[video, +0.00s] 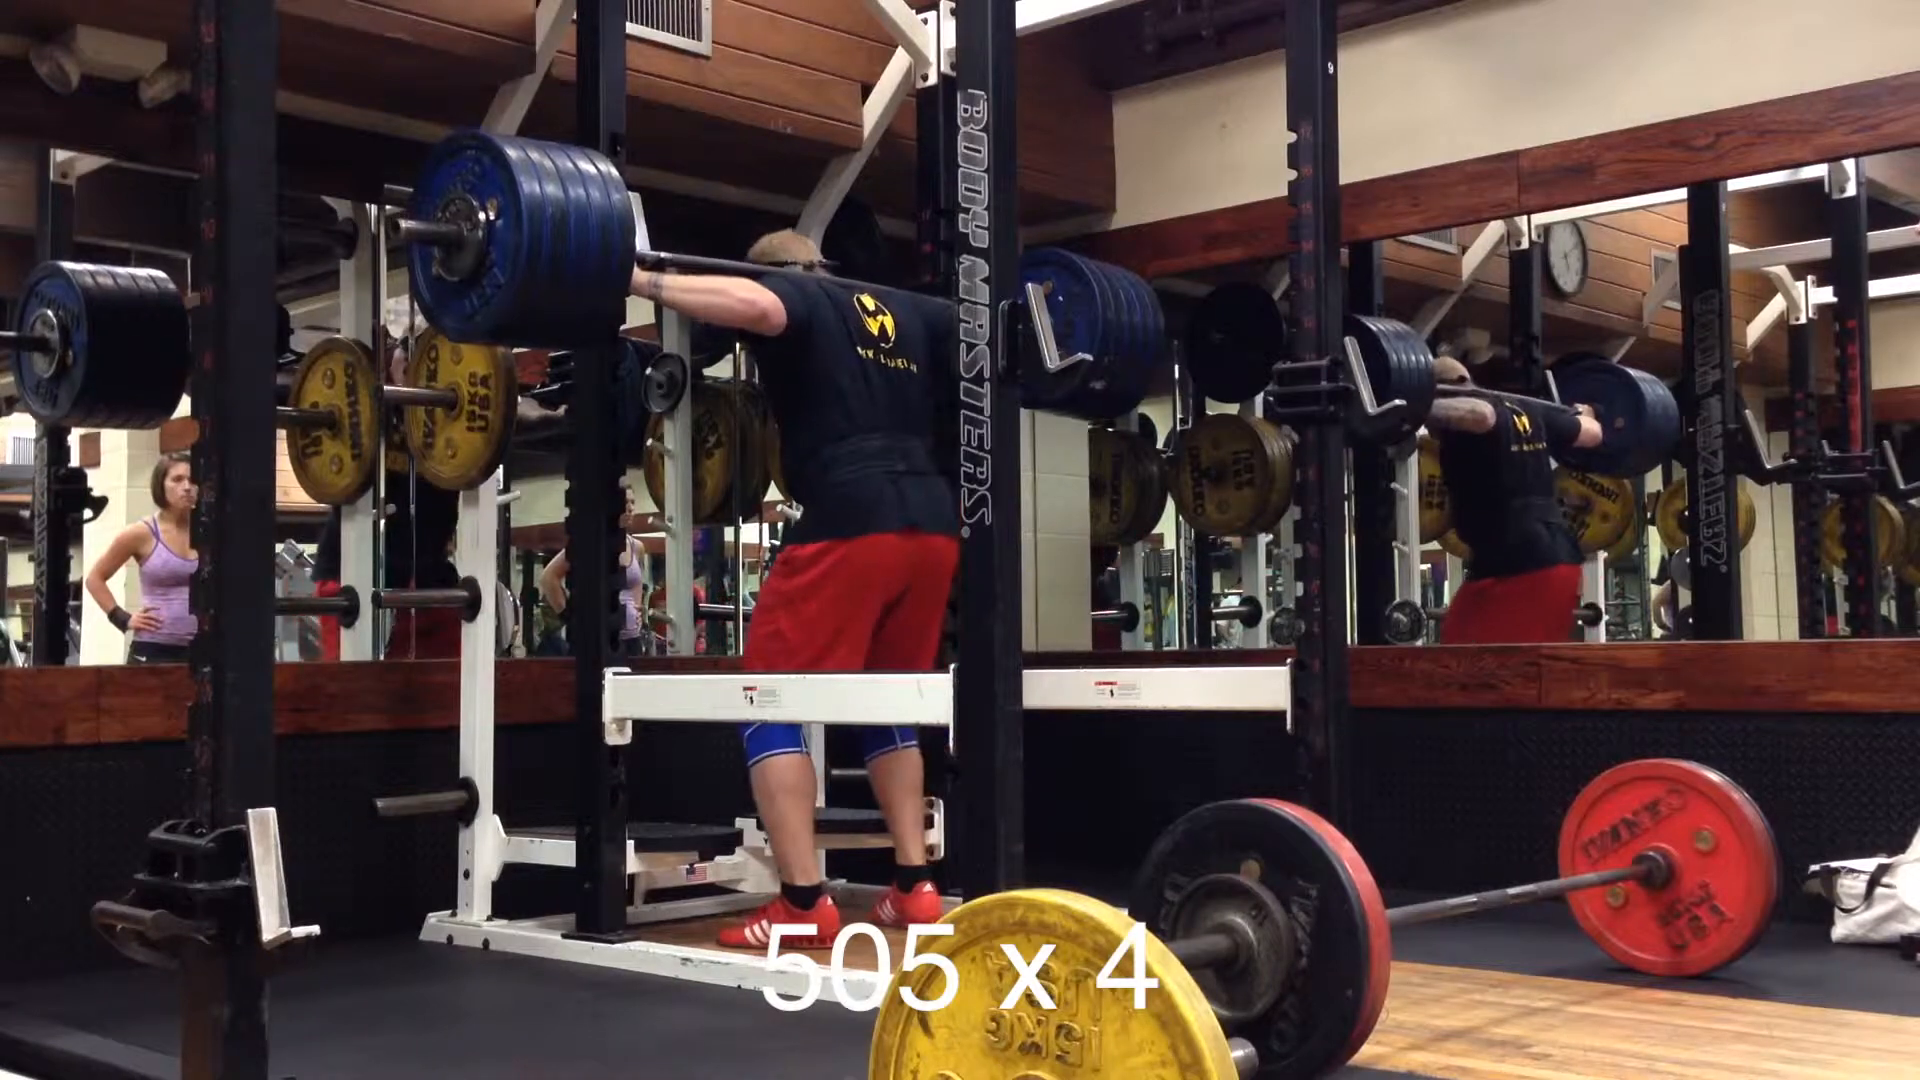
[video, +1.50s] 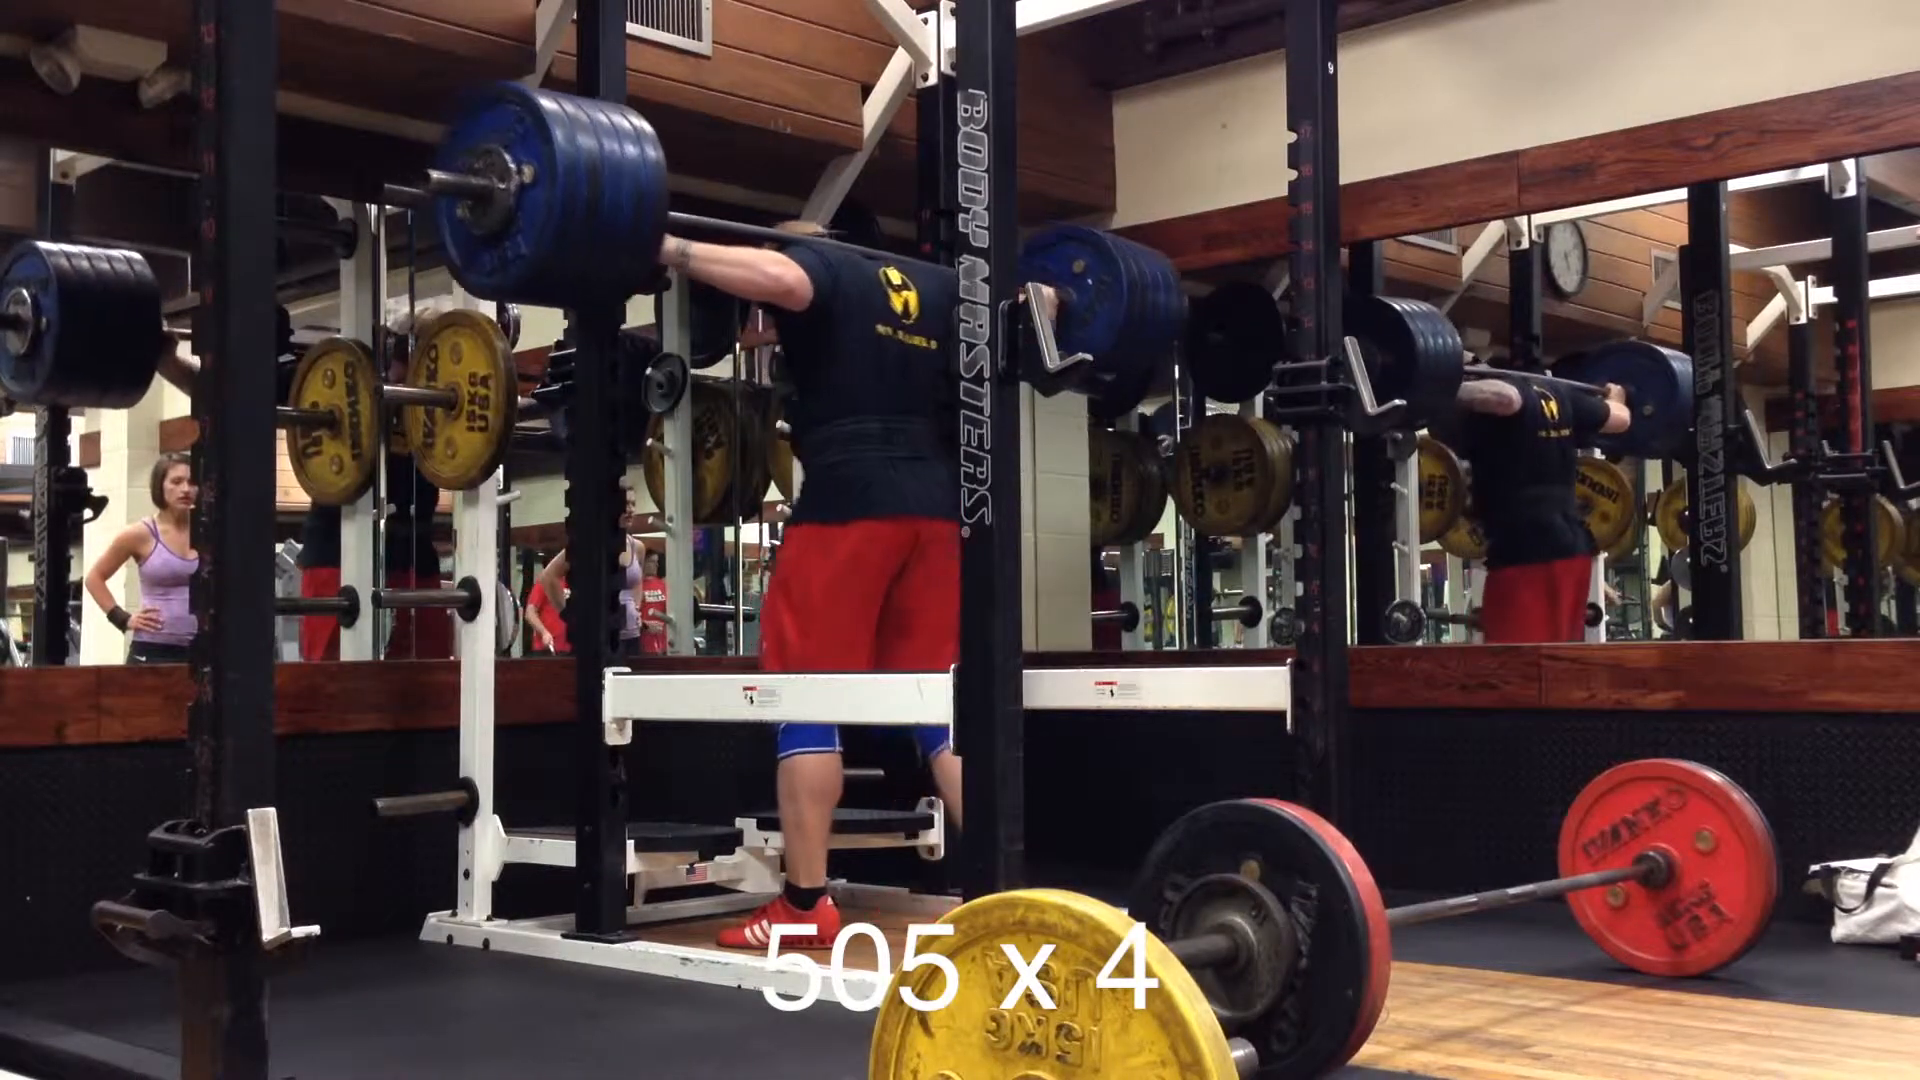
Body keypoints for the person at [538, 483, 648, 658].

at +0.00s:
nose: (629, 508)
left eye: (631, 502)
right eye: (623, 502)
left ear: (635, 507)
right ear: (609, 506)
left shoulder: (636, 546)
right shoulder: (589, 542)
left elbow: (637, 582)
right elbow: (548, 578)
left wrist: (637, 608)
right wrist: (566, 614)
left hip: (631, 633)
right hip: (598, 634)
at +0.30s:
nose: (628, 508)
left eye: (631, 503)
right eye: (622, 503)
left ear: (635, 506)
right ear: (609, 507)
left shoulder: (636, 546)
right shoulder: (589, 542)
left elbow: (637, 581)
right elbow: (548, 578)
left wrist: (636, 608)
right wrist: (566, 613)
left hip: (631, 631)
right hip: (597, 633)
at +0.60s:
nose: (629, 509)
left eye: (631, 503)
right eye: (623, 503)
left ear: (634, 506)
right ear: (609, 507)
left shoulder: (636, 546)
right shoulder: (589, 542)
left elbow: (637, 580)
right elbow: (548, 577)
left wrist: (636, 607)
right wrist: (566, 611)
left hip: (631, 630)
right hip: (597, 632)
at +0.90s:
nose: (628, 509)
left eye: (631, 504)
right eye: (623, 503)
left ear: (635, 507)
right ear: (609, 507)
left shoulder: (636, 546)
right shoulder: (589, 542)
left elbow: (636, 582)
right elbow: (548, 576)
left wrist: (636, 610)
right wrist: (566, 611)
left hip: (630, 629)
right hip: (597, 631)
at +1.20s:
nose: (628, 510)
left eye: (631, 504)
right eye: (623, 504)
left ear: (635, 508)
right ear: (609, 508)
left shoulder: (636, 546)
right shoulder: (590, 543)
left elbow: (637, 582)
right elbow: (548, 576)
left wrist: (636, 608)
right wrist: (566, 612)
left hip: (630, 631)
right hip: (597, 632)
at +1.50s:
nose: (629, 510)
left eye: (632, 504)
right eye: (624, 504)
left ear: (635, 507)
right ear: (609, 506)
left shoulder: (637, 547)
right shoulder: (590, 543)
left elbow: (637, 581)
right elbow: (548, 577)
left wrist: (635, 608)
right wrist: (567, 611)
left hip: (630, 629)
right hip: (597, 630)